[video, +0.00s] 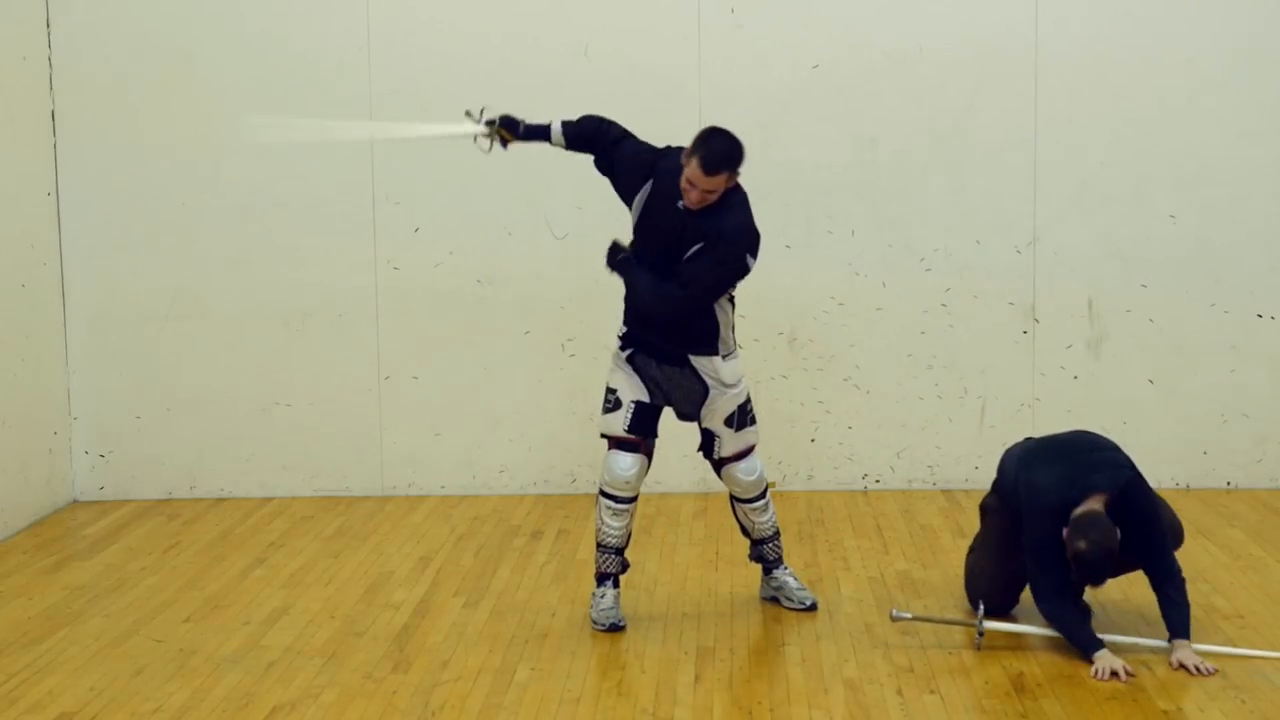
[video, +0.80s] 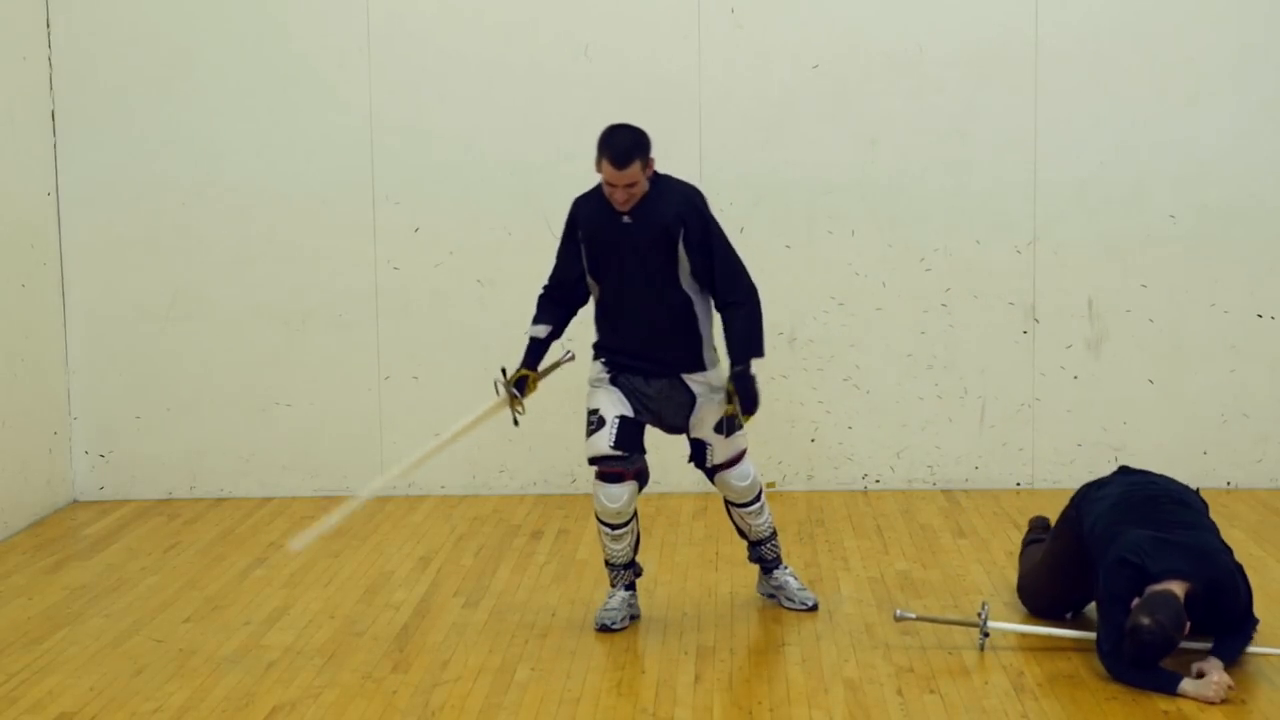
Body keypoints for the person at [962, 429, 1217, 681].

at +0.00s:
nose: (1090, 586)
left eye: (1098, 580)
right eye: (1086, 579)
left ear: (1119, 539)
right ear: (1065, 541)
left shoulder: (1133, 493)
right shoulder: (1040, 504)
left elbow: (1164, 568)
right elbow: (1049, 592)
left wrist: (1181, 642)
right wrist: (1097, 651)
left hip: (1095, 452)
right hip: (1024, 465)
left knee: (1168, 534)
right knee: (990, 600)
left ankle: (1070, 585)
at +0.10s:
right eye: (1078, 590)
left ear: (1121, 564)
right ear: (1072, 558)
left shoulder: (1145, 508)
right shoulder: (1049, 526)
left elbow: (1182, 571)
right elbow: (1054, 609)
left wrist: (1189, 645)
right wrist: (1107, 657)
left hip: (1105, 459)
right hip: (1034, 466)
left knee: (1177, 549)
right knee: (1001, 603)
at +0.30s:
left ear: (1139, 575)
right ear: (1087, 568)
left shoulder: (1162, 514)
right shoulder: (1066, 540)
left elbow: (1204, 580)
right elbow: (1078, 626)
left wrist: (1192, 647)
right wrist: (1140, 671)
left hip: (1129, 469)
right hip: (1056, 472)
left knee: (1181, 581)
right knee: (1013, 606)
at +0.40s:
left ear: (1148, 581)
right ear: (1094, 574)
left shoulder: (1172, 519)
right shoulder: (1076, 544)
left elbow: (1210, 586)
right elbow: (1091, 634)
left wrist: (1193, 647)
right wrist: (1151, 674)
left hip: (1141, 475)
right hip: (1068, 476)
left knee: (1183, 600)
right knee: (1014, 604)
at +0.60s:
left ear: (1167, 603)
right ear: (1113, 591)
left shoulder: (1202, 551)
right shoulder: (1096, 565)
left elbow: (1224, 595)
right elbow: (1109, 649)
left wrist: (1195, 647)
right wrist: (1174, 682)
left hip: (1166, 488)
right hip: (1091, 484)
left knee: (1182, 627)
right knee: (1029, 599)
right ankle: (1078, 600)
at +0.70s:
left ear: (1177, 616)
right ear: (1125, 601)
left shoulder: (1217, 573)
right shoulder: (1111, 573)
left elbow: (1231, 605)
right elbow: (1113, 655)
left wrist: (1198, 647)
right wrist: (1182, 685)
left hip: (1173, 491)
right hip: (1099, 487)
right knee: (1040, 604)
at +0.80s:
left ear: (1184, 630)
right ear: (1134, 604)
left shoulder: (1223, 579)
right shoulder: (1120, 573)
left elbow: (1242, 623)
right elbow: (1116, 660)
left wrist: (1218, 659)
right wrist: (1184, 686)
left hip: (1178, 499)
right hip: (1104, 497)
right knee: (1043, 605)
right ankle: (1038, 536)